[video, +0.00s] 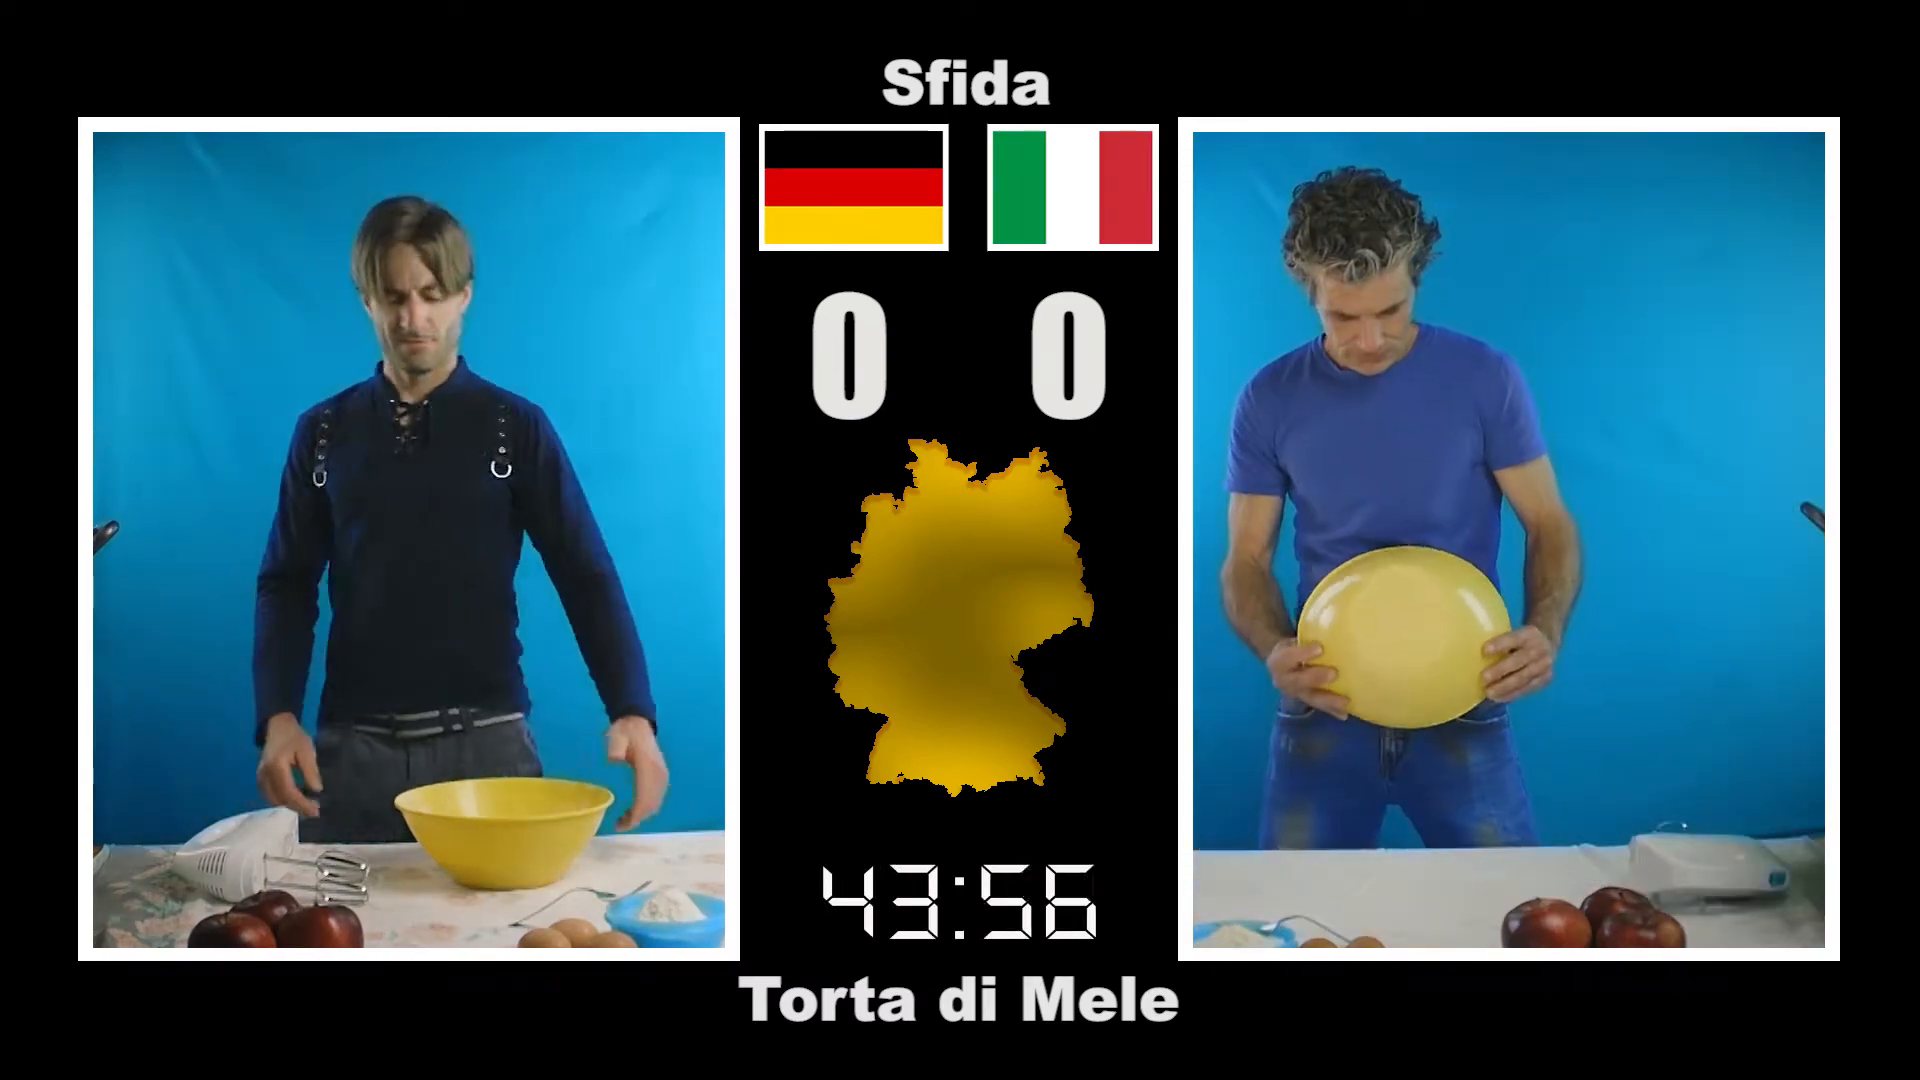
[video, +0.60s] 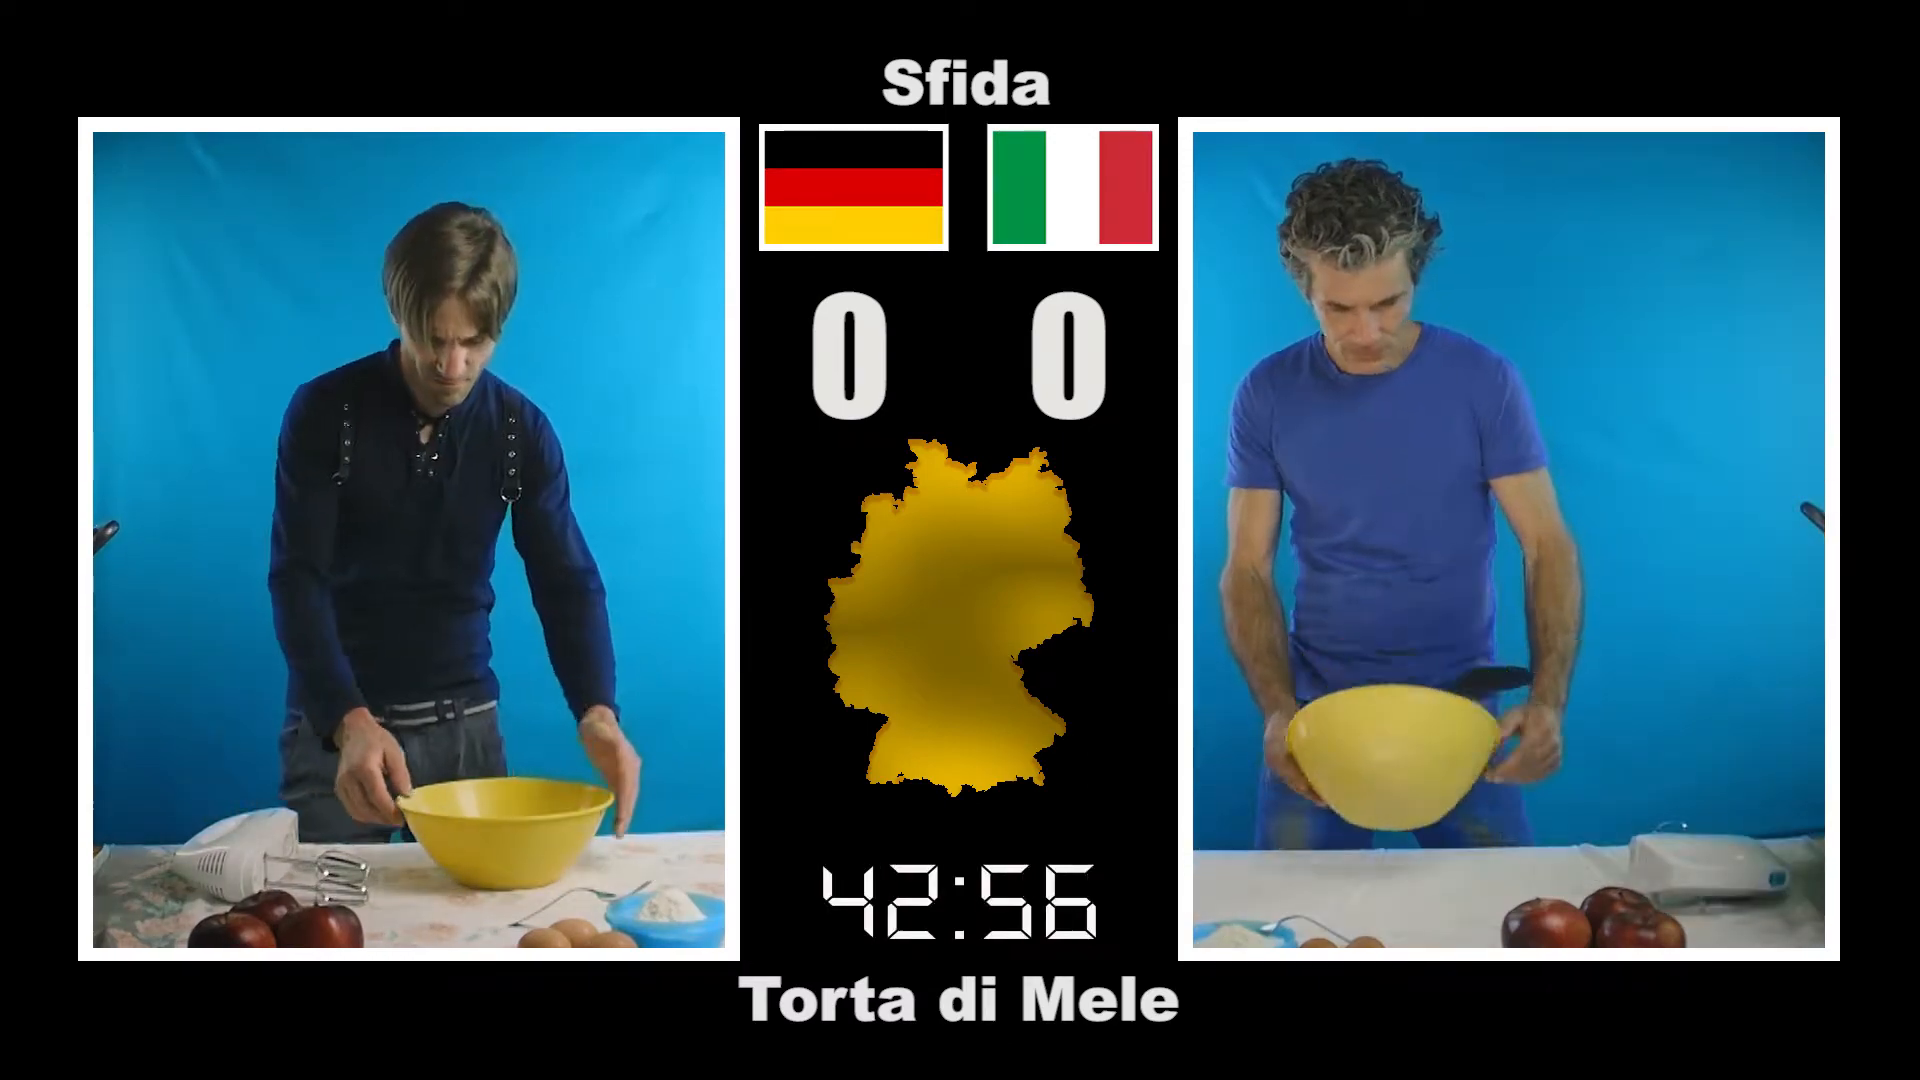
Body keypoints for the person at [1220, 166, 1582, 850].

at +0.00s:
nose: (1371, 337)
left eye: (1390, 311)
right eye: (1346, 316)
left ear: (1414, 282)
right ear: (1311, 291)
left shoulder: (1483, 381)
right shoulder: (1273, 399)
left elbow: (1550, 524)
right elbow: (1247, 561)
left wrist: (1545, 629)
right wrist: (1275, 649)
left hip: (1463, 712)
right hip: (1324, 716)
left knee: (1515, 926)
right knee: (1300, 932)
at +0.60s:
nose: (1366, 331)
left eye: (1387, 303)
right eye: (1341, 308)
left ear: (1414, 278)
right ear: (1305, 286)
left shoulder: (1480, 382)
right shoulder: (1270, 394)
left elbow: (1549, 546)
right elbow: (1247, 570)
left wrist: (1548, 700)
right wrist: (1279, 711)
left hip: (1459, 698)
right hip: (1320, 700)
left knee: (1497, 924)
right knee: (1298, 928)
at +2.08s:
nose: (1401, 425)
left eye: (1416, 399)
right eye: (1379, 402)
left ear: (1426, 381)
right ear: (1314, 386)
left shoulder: (1447, 471)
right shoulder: (1242, 477)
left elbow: (1520, 601)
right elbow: (1198, 632)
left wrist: (1573, 731)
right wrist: (1250, 751)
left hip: (1417, 743)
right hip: (1287, 744)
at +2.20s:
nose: (1402, 440)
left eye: (1415, 412)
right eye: (1379, 416)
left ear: (1425, 398)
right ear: (1313, 402)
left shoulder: (1448, 481)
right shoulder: (1243, 481)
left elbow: (1536, 620)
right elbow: (1197, 637)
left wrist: (1606, 734)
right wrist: (1258, 758)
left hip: (1412, 742)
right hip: (1283, 749)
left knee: (1470, 917)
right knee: (1249, 928)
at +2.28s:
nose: (1405, 448)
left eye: (1419, 421)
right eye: (1382, 426)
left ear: (1430, 403)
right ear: (1318, 410)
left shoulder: (1450, 486)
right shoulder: (1247, 485)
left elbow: (1549, 629)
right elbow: (1204, 647)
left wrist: (1632, 742)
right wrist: (1287, 751)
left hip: (1413, 745)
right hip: (1283, 749)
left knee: (1456, 921)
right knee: (1242, 923)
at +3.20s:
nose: (1624, 445)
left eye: (1646, 418)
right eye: (1598, 417)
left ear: (1666, 397)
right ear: (1546, 390)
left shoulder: (1675, 482)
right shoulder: (1472, 473)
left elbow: (1711, 653)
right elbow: (1481, 682)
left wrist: (1773, 783)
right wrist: (1612, 788)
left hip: (1562, 710)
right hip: (1440, 705)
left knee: (1600, 906)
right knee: (1373, 884)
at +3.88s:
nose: (1435, 342)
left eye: (1459, 314)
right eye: (1411, 315)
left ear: (1499, 289)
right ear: (1385, 291)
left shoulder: (1558, 401)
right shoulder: (1338, 409)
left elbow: (1601, 582)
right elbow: (1268, 590)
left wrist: (1564, 729)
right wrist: (1280, 713)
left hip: (1526, 766)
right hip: (1385, 766)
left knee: (1531, 960)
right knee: (1384, 965)